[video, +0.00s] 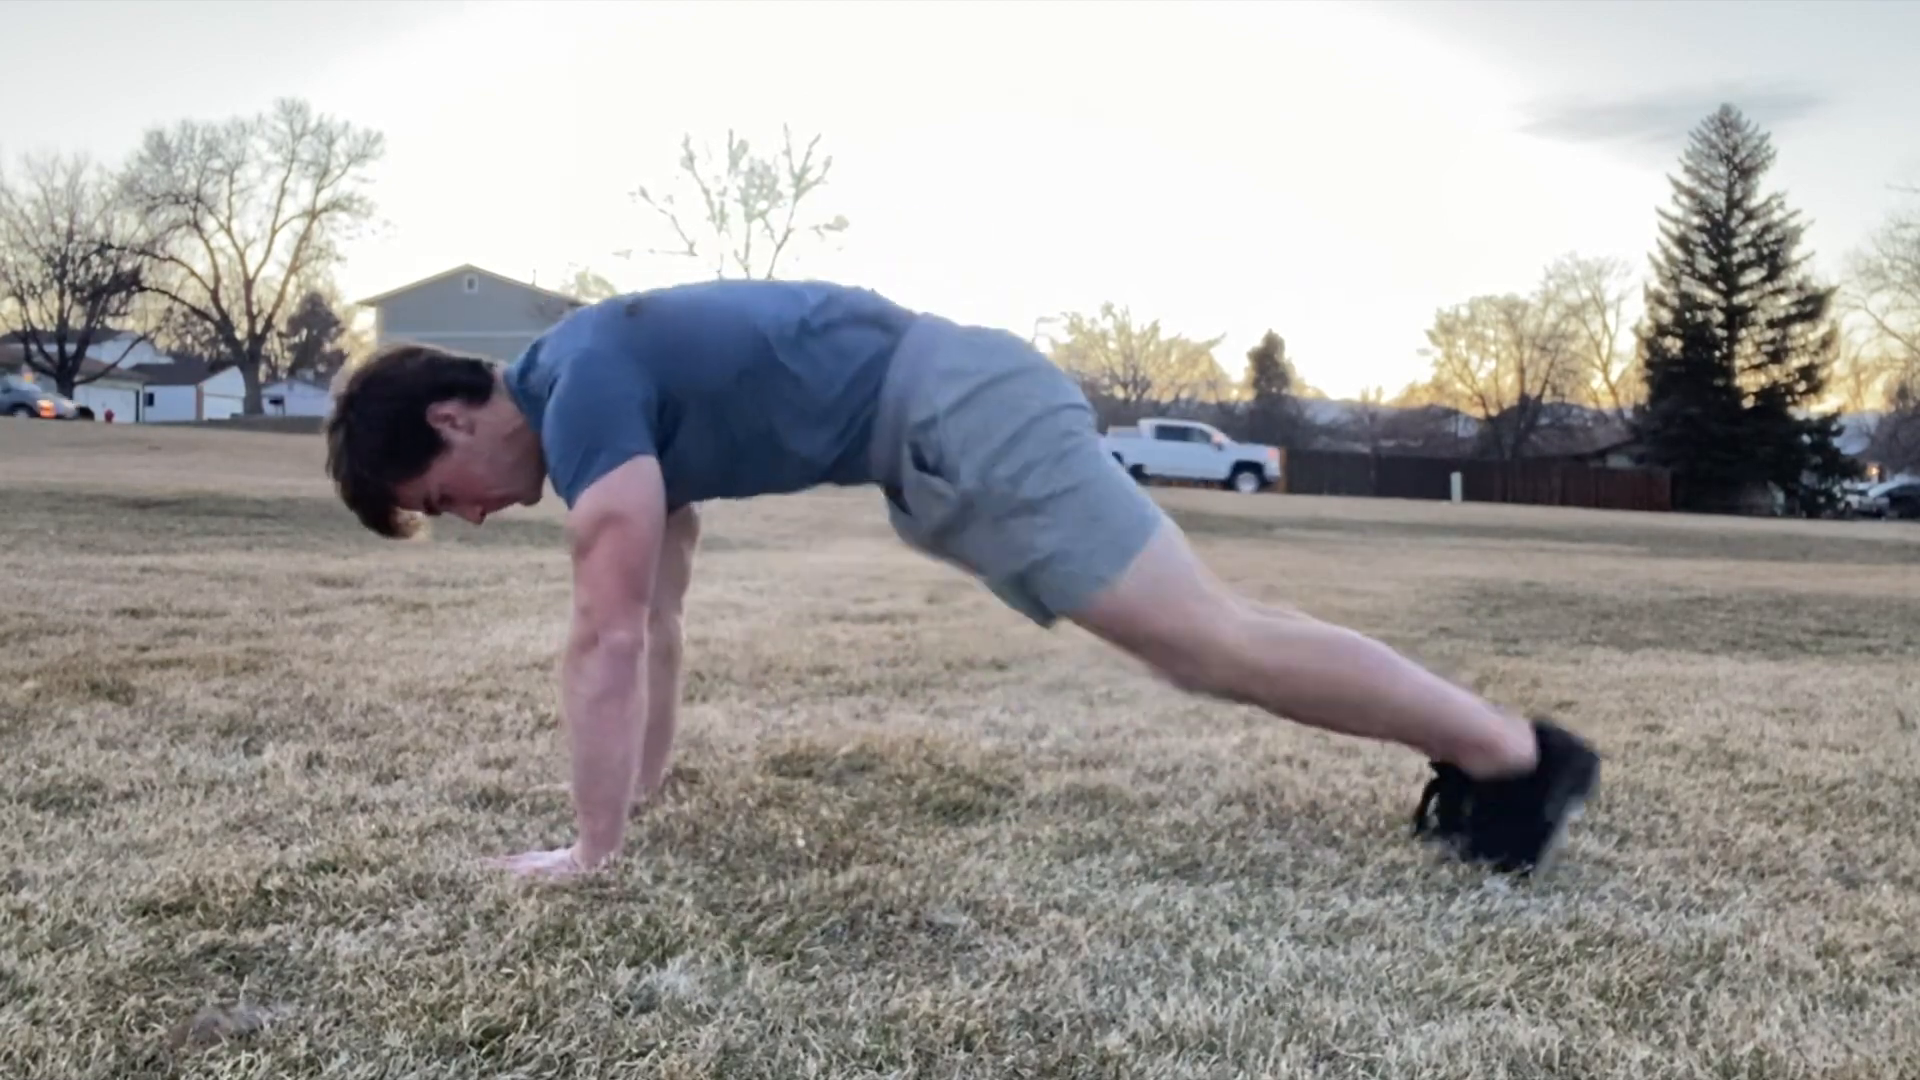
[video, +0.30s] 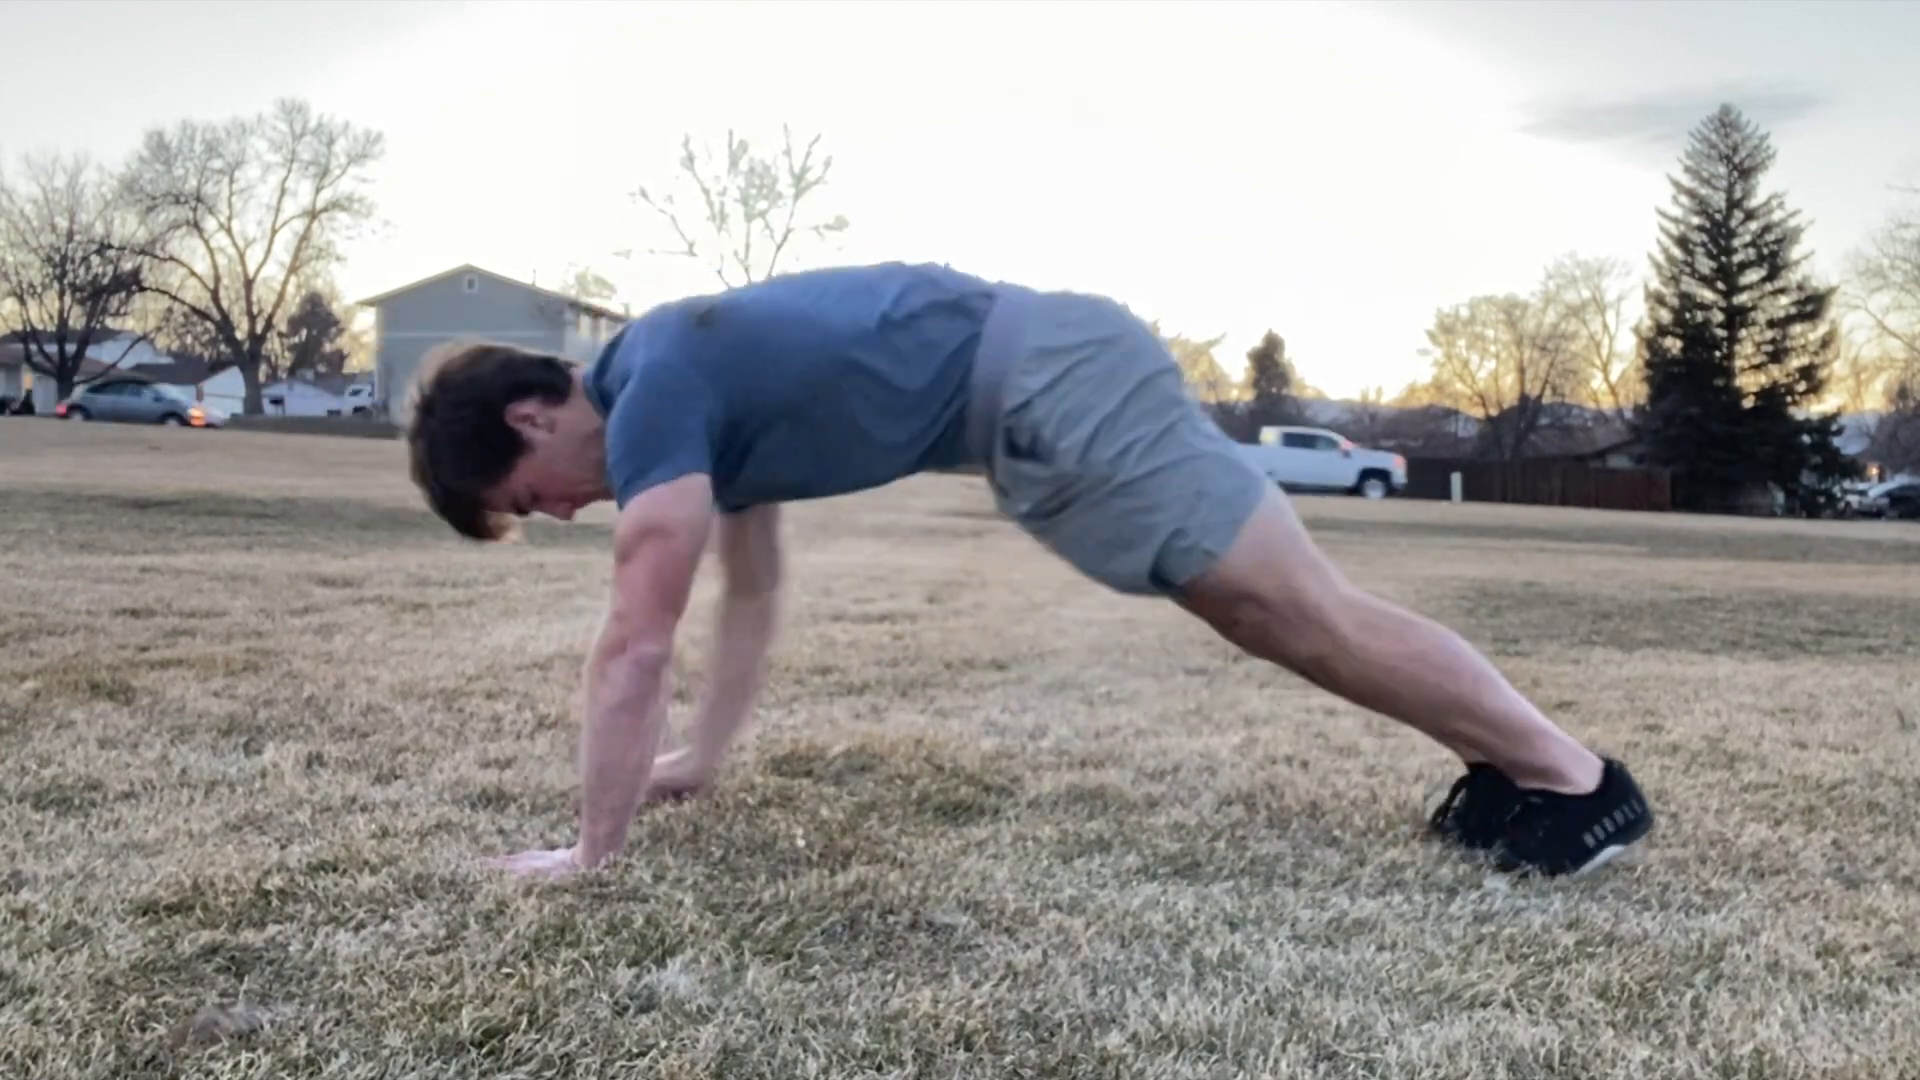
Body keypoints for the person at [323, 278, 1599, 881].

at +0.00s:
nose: (466, 515)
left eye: (438, 494)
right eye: (437, 510)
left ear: (450, 417)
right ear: (460, 426)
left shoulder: (583, 369)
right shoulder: (599, 393)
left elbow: (613, 611)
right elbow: (651, 613)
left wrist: (597, 835)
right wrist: (642, 781)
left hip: (959, 404)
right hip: (948, 423)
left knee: (1206, 640)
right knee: (1197, 632)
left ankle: (1513, 751)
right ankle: (1483, 743)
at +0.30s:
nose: (550, 518)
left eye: (522, 497)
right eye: (524, 513)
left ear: (529, 423)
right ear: (542, 421)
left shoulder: (658, 368)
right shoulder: (681, 391)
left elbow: (635, 638)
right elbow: (745, 590)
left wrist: (588, 853)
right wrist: (702, 754)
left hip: (1052, 376)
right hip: (1032, 398)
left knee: (1309, 614)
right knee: (1273, 618)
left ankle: (1582, 781)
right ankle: (1515, 757)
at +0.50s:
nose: (723, 570)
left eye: (703, 554)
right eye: (705, 563)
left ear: (699, 485)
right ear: (707, 479)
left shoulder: (795, 426)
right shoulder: (824, 435)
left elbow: (717, 668)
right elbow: (874, 629)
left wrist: (604, 847)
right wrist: (885, 798)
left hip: (1184, 285)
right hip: (1149, 328)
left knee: (1355, 575)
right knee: (1313, 584)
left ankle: (1598, 796)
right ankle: (1525, 775)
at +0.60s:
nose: (864, 583)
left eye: (843, 569)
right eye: (842, 581)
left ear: (833, 502)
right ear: (821, 497)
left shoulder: (927, 431)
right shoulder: (897, 442)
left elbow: (856, 661)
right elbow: (907, 624)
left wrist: (710, 809)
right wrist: (891, 796)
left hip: (1282, 251)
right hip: (1229, 294)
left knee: (1387, 559)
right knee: (1325, 574)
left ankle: (1604, 798)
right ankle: (1528, 775)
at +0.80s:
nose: (1078, 577)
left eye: (1056, 560)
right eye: (1053, 579)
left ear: (1048, 492)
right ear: (1042, 481)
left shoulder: (1159, 418)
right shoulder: (1080, 429)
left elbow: (1206, 661)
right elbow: (1015, 631)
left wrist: (1200, 869)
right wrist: (920, 785)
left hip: (1476, 209)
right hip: (1395, 254)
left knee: (1475, 526)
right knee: (1402, 544)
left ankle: (1621, 816)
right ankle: (1547, 790)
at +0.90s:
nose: (1152, 561)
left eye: (1134, 547)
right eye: (1130, 561)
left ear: (1133, 475)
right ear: (1132, 463)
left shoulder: (1242, 395)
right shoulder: (1155, 394)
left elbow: (1242, 650)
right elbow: (1147, 585)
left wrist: (1201, 864)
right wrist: (1114, 743)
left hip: (1560, 211)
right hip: (1464, 247)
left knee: (1521, 521)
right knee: (1438, 533)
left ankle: (1626, 821)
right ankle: (1551, 792)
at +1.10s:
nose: (1240, 505)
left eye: (1221, 486)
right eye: (1218, 501)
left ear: (1230, 411)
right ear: (1230, 400)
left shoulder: (1366, 340)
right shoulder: (1273, 367)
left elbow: (1424, 584)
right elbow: (1288, 583)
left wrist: (1348, 764)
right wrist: (1276, 767)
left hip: (1670, 216)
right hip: (1558, 258)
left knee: (1599, 512)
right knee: (1504, 521)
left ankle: (1642, 826)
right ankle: (1563, 791)